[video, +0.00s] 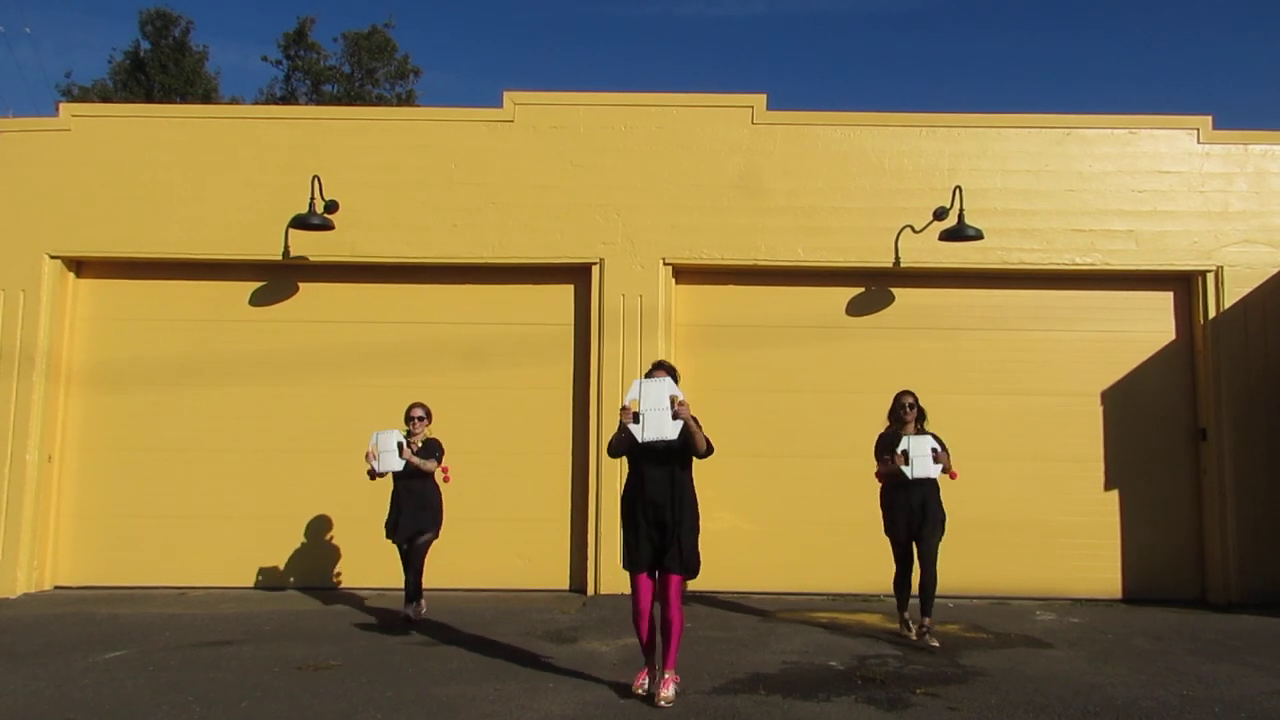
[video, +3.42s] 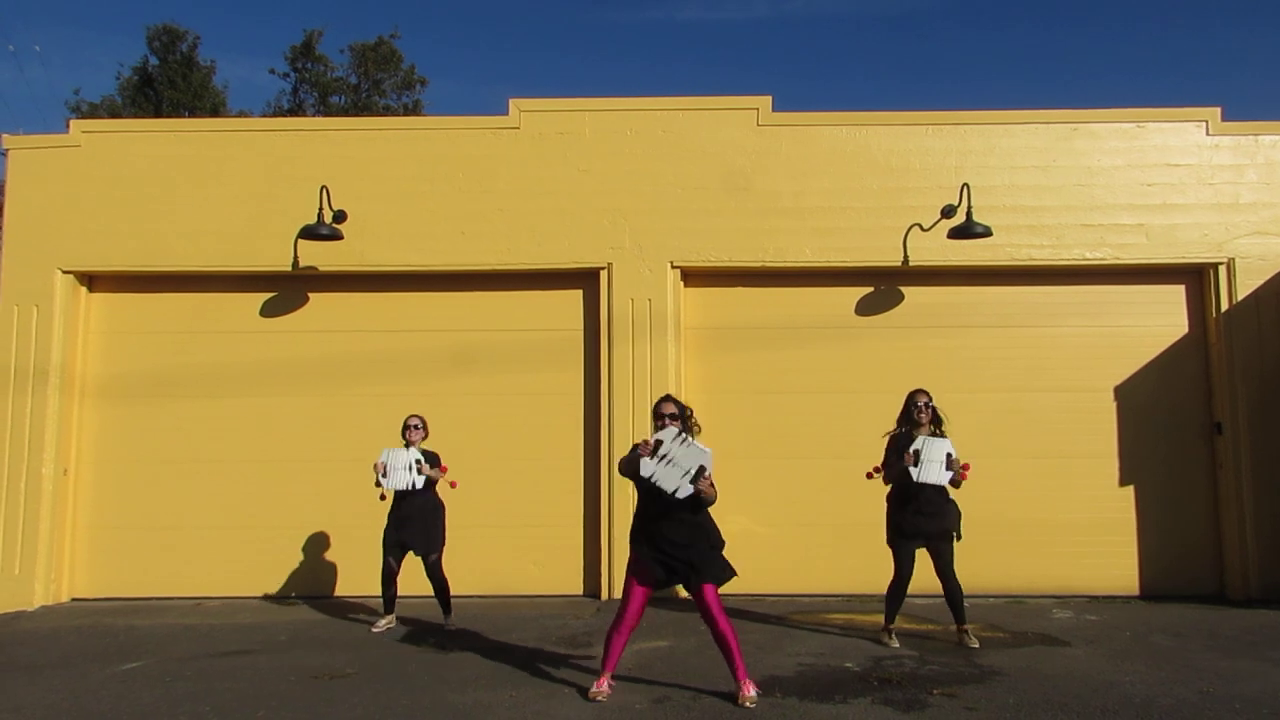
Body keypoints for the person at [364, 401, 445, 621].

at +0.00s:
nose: (415, 423)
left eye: (420, 419)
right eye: (411, 419)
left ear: (428, 421)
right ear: (406, 421)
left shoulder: (433, 445)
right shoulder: (398, 445)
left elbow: (431, 467)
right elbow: (377, 474)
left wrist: (410, 457)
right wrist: (373, 462)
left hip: (427, 509)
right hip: (401, 509)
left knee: (415, 558)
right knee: (407, 560)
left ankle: (409, 606)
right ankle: (418, 601)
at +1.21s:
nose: (411, 415)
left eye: (415, 411)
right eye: (407, 411)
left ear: (423, 415)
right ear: (402, 414)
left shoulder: (430, 439)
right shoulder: (391, 439)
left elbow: (440, 468)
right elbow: (382, 474)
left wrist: (426, 460)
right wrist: (384, 461)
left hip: (423, 501)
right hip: (395, 500)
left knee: (429, 551)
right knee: (389, 552)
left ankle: (439, 601)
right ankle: (385, 603)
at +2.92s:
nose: (413, 417)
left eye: (418, 413)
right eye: (408, 414)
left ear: (426, 418)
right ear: (402, 419)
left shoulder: (432, 441)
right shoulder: (396, 446)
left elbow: (439, 449)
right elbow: (385, 473)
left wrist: (430, 435)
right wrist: (372, 485)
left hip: (428, 505)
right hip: (399, 505)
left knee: (431, 557)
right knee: (386, 554)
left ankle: (439, 610)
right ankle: (376, 600)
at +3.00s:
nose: (416, 417)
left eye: (420, 413)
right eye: (411, 414)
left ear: (428, 416)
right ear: (407, 419)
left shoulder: (437, 437)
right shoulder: (401, 446)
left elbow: (447, 429)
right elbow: (389, 480)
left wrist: (451, 411)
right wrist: (370, 499)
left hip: (431, 503)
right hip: (402, 503)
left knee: (433, 558)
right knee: (384, 554)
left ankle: (439, 612)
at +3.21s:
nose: (418, 418)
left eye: (422, 414)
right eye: (414, 415)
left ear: (429, 418)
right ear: (407, 420)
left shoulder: (436, 440)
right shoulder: (402, 448)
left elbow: (450, 432)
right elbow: (391, 477)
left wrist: (449, 414)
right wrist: (373, 494)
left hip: (434, 505)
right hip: (406, 505)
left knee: (437, 558)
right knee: (381, 550)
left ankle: (445, 612)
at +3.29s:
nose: (413, 418)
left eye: (418, 415)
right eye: (409, 415)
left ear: (427, 418)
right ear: (404, 420)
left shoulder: (435, 439)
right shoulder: (400, 447)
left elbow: (443, 445)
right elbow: (389, 469)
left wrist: (429, 439)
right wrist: (378, 480)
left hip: (432, 504)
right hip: (404, 504)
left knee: (436, 556)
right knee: (385, 552)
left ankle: (447, 609)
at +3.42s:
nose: (412, 431)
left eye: (417, 427)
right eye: (408, 428)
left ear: (424, 432)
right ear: (403, 432)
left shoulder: (430, 457)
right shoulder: (396, 457)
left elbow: (439, 476)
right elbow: (385, 484)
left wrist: (427, 472)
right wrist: (380, 474)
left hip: (428, 516)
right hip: (400, 515)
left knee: (433, 569)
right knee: (389, 567)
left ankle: (448, 616)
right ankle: (389, 615)